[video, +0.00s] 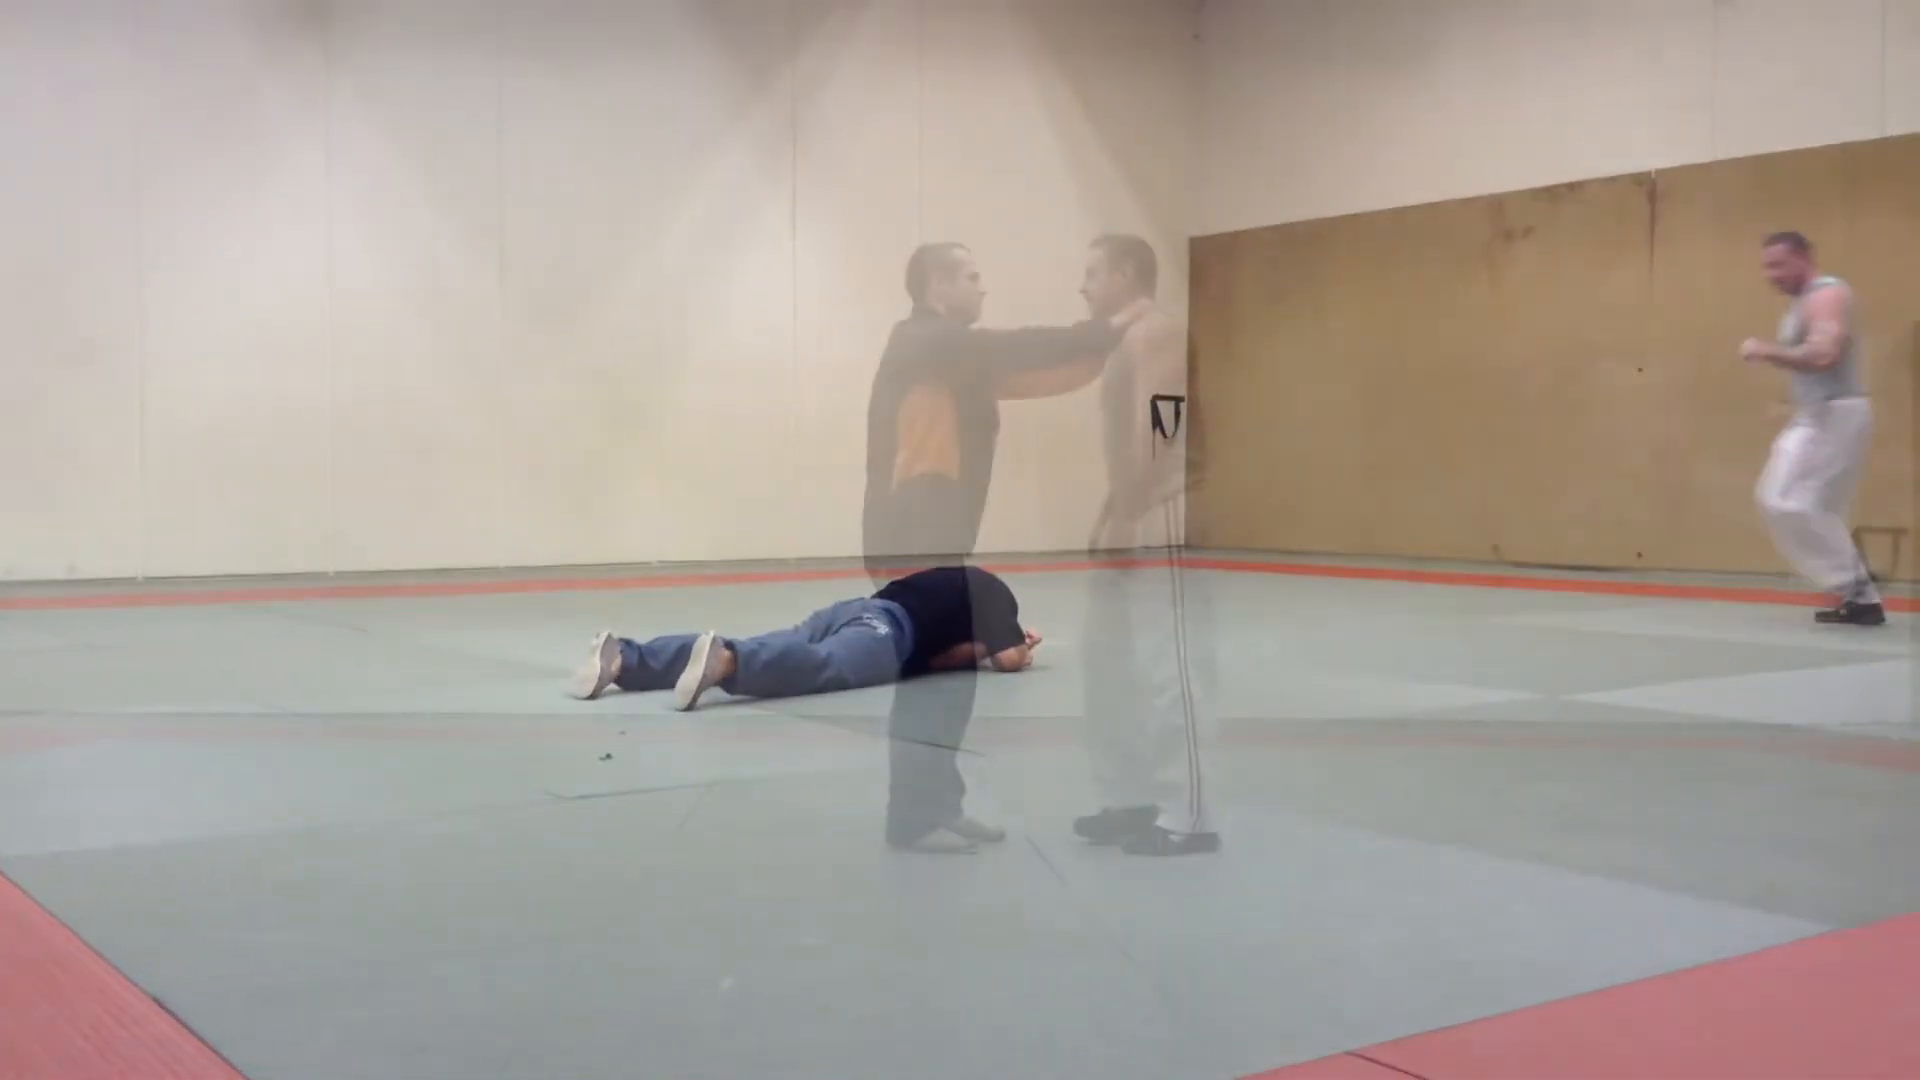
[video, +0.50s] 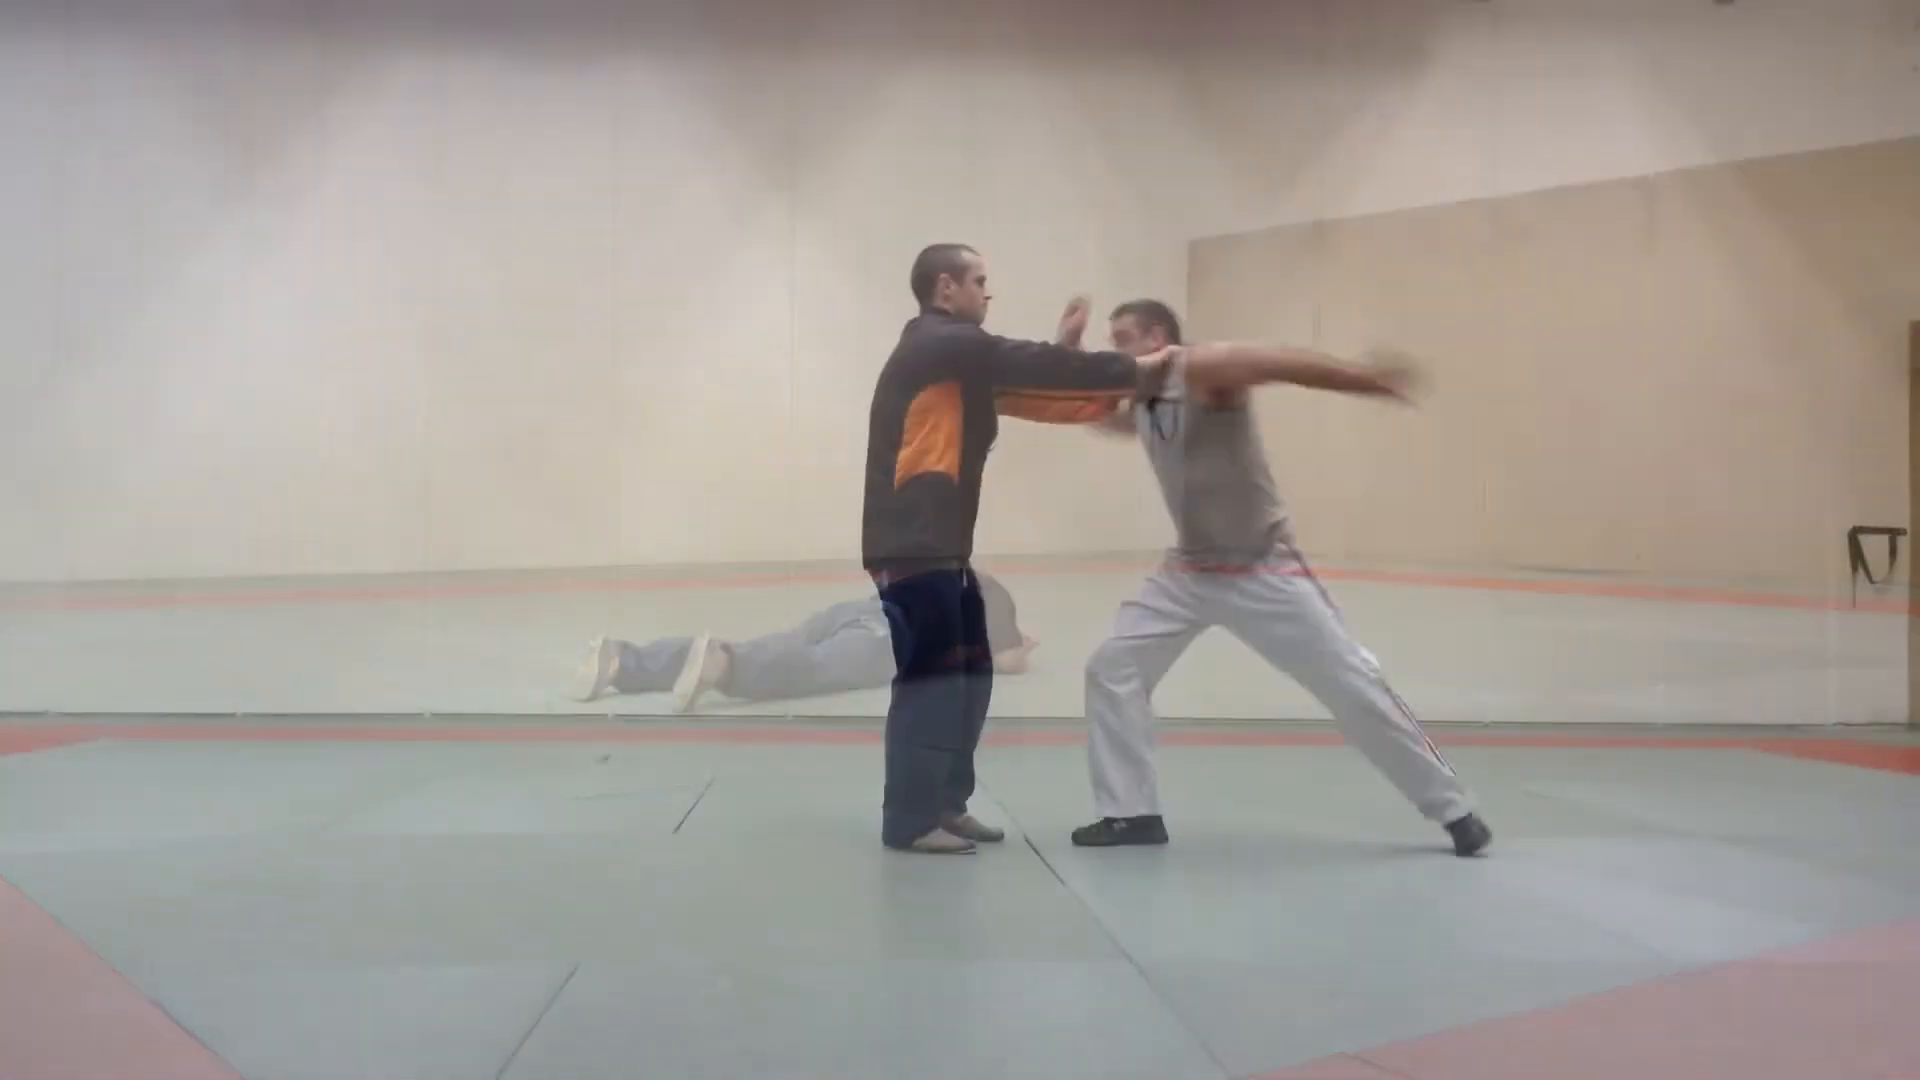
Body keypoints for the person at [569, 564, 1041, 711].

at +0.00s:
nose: (1015, 642)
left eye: (1013, 638)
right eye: (1015, 637)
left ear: (977, 597)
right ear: (1005, 605)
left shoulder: (944, 593)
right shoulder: (990, 592)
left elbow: (930, 659)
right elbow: (993, 654)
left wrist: (999, 652)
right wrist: (1012, 657)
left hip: (854, 610)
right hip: (890, 626)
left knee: (763, 647)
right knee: (823, 665)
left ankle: (625, 660)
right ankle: (731, 661)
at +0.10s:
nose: (1014, 639)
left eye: (1011, 635)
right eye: (1014, 630)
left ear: (967, 586)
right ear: (1000, 598)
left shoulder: (942, 592)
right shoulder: (986, 590)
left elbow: (930, 657)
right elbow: (993, 653)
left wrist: (1002, 647)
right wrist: (1013, 655)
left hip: (856, 610)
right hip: (889, 627)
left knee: (762, 645)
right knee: (823, 665)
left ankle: (623, 660)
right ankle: (730, 662)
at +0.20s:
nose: (1015, 638)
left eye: (1013, 630)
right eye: (1013, 629)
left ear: (981, 588)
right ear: (1000, 601)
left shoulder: (952, 585)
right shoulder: (986, 596)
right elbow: (993, 655)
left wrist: (1009, 640)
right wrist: (1014, 655)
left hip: (861, 610)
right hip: (889, 632)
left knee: (767, 644)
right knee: (820, 665)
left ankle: (623, 660)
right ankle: (727, 662)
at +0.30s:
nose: (1015, 634)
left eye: (1011, 626)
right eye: (1013, 623)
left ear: (979, 586)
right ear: (999, 601)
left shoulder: (951, 582)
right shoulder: (986, 599)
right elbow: (993, 656)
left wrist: (1008, 641)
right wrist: (1016, 654)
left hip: (864, 610)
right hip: (889, 636)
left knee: (769, 646)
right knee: (815, 667)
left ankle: (624, 662)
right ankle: (727, 662)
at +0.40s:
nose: (1017, 635)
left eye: (1010, 626)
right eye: (1015, 624)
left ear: (981, 589)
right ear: (1001, 603)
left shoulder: (951, 580)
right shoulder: (989, 602)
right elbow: (990, 658)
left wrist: (1004, 641)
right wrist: (1014, 656)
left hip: (870, 610)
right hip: (894, 638)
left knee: (775, 646)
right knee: (817, 666)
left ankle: (626, 663)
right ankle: (727, 663)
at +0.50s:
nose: (1016, 638)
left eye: (1011, 629)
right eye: (1011, 626)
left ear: (983, 592)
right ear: (999, 609)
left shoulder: (959, 579)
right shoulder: (984, 607)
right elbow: (988, 659)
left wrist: (1003, 642)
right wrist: (1015, 656)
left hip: (869, 612)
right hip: (893, 639)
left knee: (770, 649)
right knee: (815, 669)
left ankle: (625, 664)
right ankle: (728, 664)